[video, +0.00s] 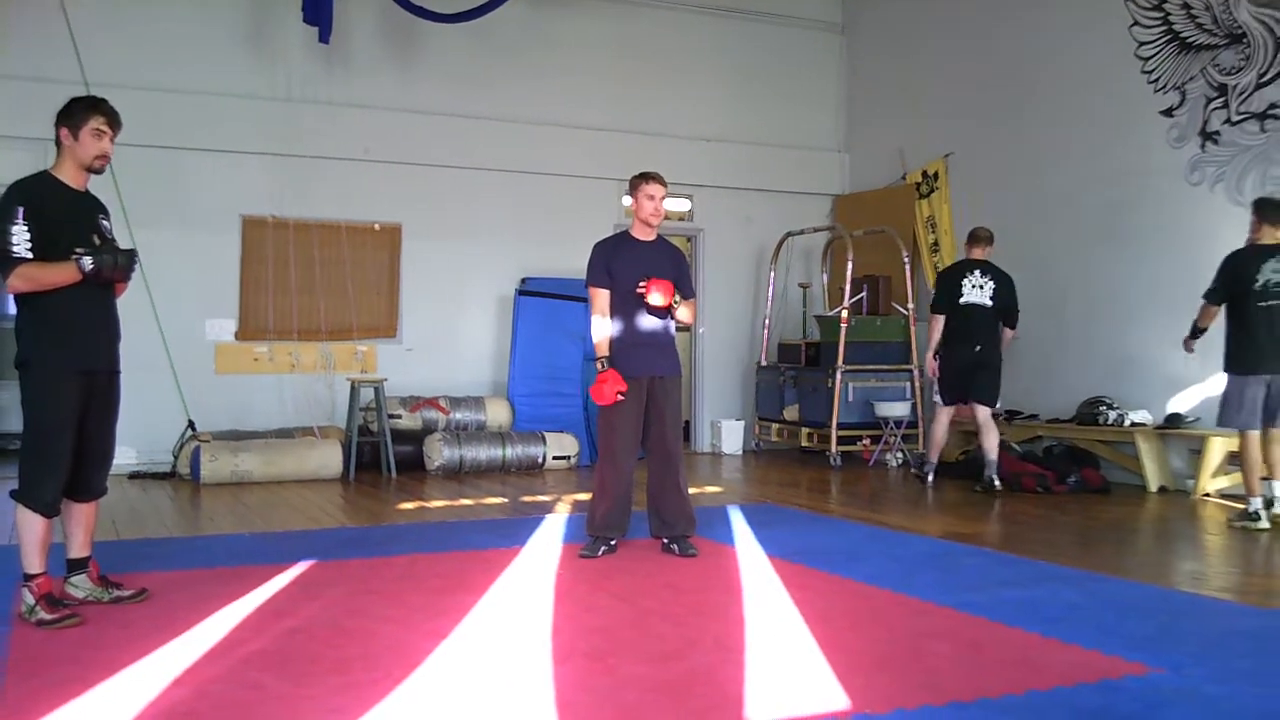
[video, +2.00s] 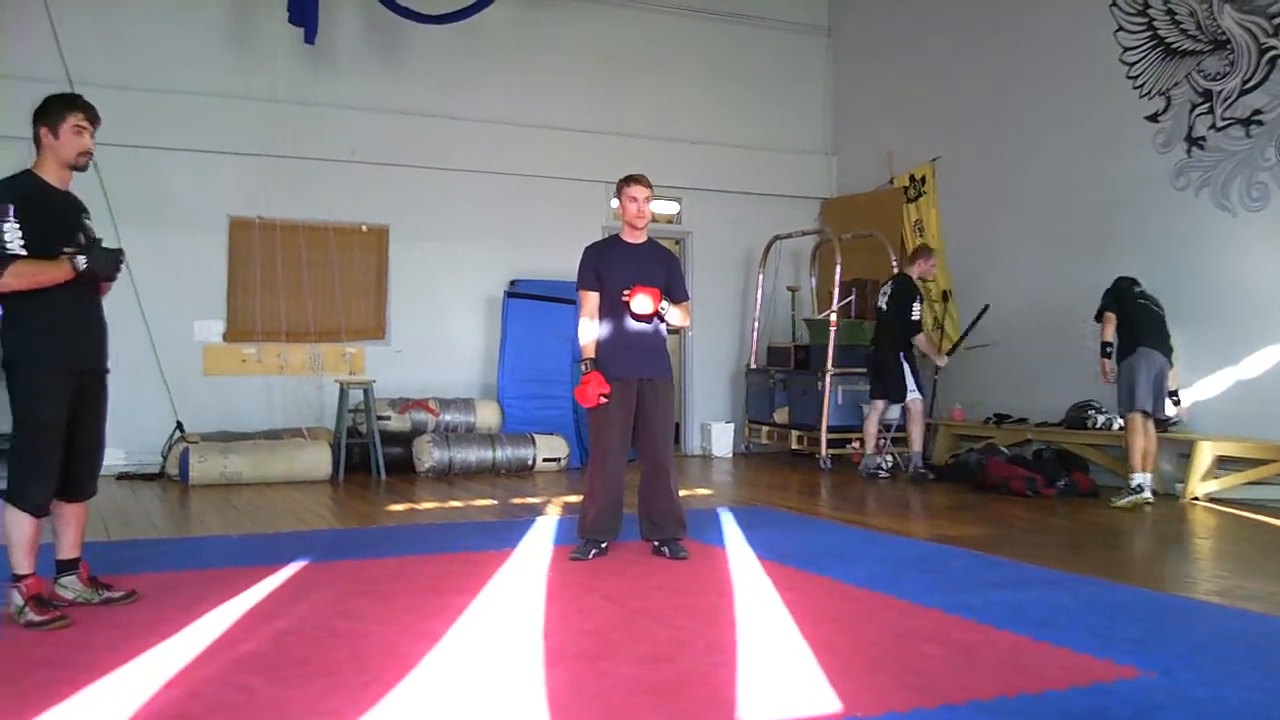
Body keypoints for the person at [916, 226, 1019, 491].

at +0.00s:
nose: (977, 251)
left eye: (972, 246)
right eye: (984, 247)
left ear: (967, 245)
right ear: (990, 248)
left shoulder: (949, 274)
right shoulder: (1003, 279)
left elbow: (938, 318)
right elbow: (1010, 328)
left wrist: (930, 353)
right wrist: (997, 350)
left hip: (953, 352)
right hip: (988, 354)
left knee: (944, 412)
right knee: (984, 414)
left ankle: (929, 468)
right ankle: (991, 474)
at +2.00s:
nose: (933, 270)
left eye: (933, 266)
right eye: (931, 265)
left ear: (913, 262)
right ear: (920, 263)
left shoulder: (890, 284)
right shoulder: (911, 290)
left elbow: (885, 322)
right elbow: (915, 332)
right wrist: (936, 356)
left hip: (879, 352)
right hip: (898, 354)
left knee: (876, 407)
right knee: (915, 405)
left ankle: (869, 461)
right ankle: (916, 463)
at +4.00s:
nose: (975, 260)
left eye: (975, 255)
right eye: (972, 255)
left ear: (958, 256)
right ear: (959, 256)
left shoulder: (955, 284)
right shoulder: (945, 284)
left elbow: (958, 322)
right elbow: (951, 324)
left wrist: (982, 330)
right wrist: (985, 333)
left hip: (956, 351)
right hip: (947, 352)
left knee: (951, 406)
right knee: (951, 405)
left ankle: (946, 460)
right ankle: (944, 463)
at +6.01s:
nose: (1031, 203)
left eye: (1032, 198)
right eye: (1027, 198)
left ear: (1018, 201)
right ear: (1011, 199)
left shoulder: (1017, 230)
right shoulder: (998, 227)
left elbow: (1014, 263)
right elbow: (994, 265)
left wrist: (1038, 265)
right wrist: (1030, 267)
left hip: (1015, 301)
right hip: (1002, 301)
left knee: (1007, 357)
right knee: (1003, 356)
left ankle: (998, 409)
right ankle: (993, 413)